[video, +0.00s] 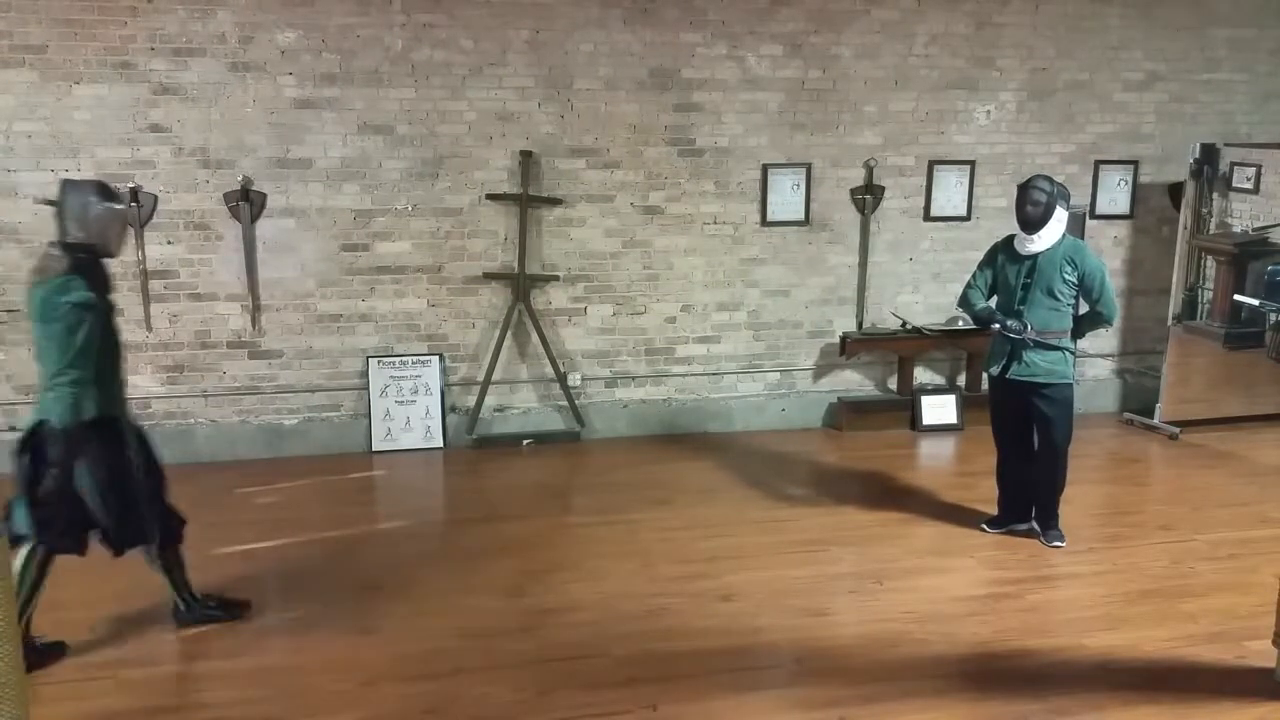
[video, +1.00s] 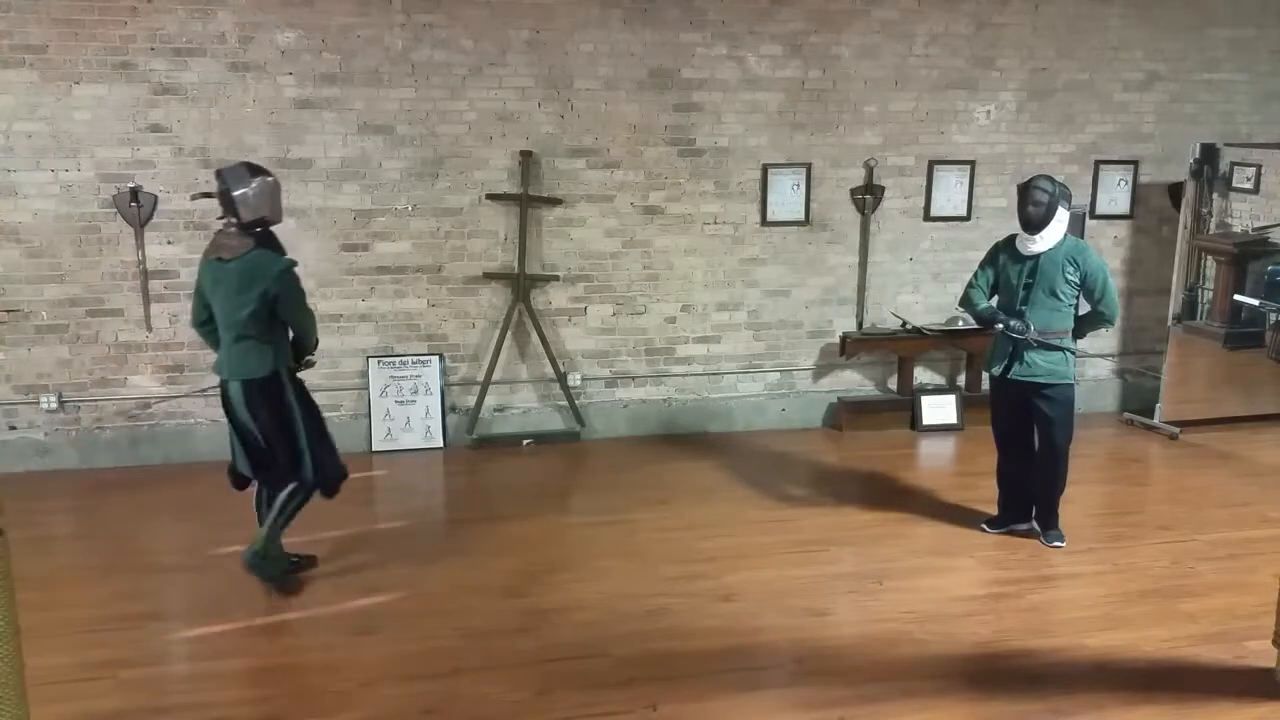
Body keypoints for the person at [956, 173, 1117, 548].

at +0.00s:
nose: (1026, 211)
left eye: (1035, 204)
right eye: (1022, 203)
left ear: (1055, 208)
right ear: (1016, 204)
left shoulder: (1077, 254)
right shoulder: (1003, 250)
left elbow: (1106, 312)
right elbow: (970, 297)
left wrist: (1070, 330)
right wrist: (996, 320)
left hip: (1051, 372)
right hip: (1005, 370)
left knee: (1052, 452)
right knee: (1010, 448)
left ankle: (1048, 522)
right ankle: (1013, 514)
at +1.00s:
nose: (1028, 209)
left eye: (1037, 203)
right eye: (1024, 202)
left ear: (1058, 207)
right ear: (1019, 204)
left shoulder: (1079, 254)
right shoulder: (1004, 250)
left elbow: (1107, 312)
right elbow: (972, 296)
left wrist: (1068, 331)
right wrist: (999, 320)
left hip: (1052, 372)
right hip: (1006, 370)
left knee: (1053, 453)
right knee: (1011, 449)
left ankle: (1048, 522)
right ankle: (1013, 515)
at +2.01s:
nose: (1027, 210)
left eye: (1036, 205)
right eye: (1023, 203)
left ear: (1056, 209)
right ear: (1017, 204)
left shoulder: (1079, 255)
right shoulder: (1007, 249)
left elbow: (1107, 312)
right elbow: (974, 273)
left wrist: (1069, 330)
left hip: (1050, 368)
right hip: (1004, 364)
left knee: (1048, 451)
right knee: (1010, 447)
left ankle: (1047, 521)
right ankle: (1013, 515)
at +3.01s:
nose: (1013, 215)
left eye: (1021, 208)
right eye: (1010, 208)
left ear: (1043, 209)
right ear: (1005, 208)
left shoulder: (1073, 253)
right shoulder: (998, 252)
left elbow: (1103, 309)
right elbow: (949, 280)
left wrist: (1068, 326)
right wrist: (946, 244)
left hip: (1049, 365)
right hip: (1002, 363)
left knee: (1049, 448)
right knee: (1008, 444)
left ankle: (1046, 521)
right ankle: (1012, 513)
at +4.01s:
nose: (1003, 221)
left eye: (1011, 213)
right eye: (1003, 213)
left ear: (1035, 218)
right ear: (1035, 219)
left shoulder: (1064, 263)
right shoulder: (1015, 265)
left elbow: (1092, 322)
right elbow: (1015, 316)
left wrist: (1069, 342)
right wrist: (1009, 342)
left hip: (1055, 377)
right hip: (1016, 374)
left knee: (1073, 453)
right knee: (1002, 444)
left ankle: (1102, 526)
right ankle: (1013, 514)